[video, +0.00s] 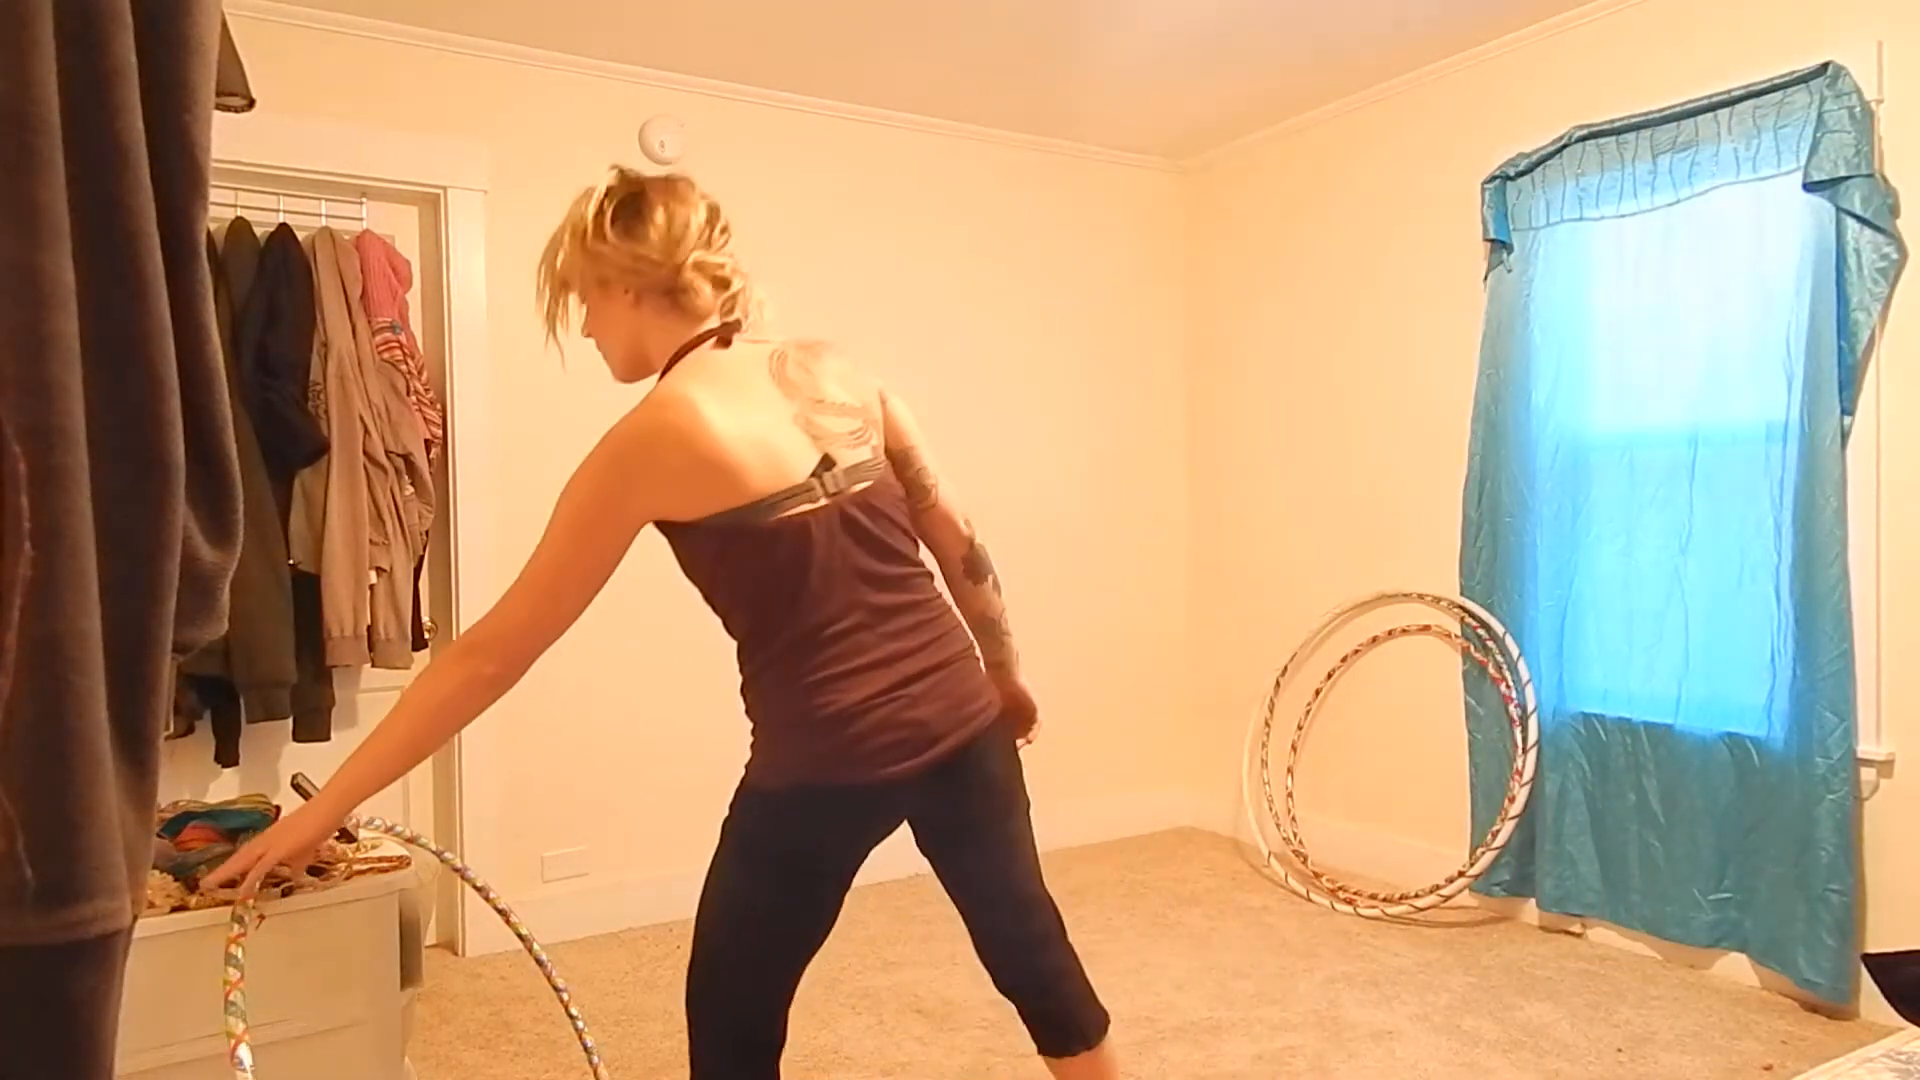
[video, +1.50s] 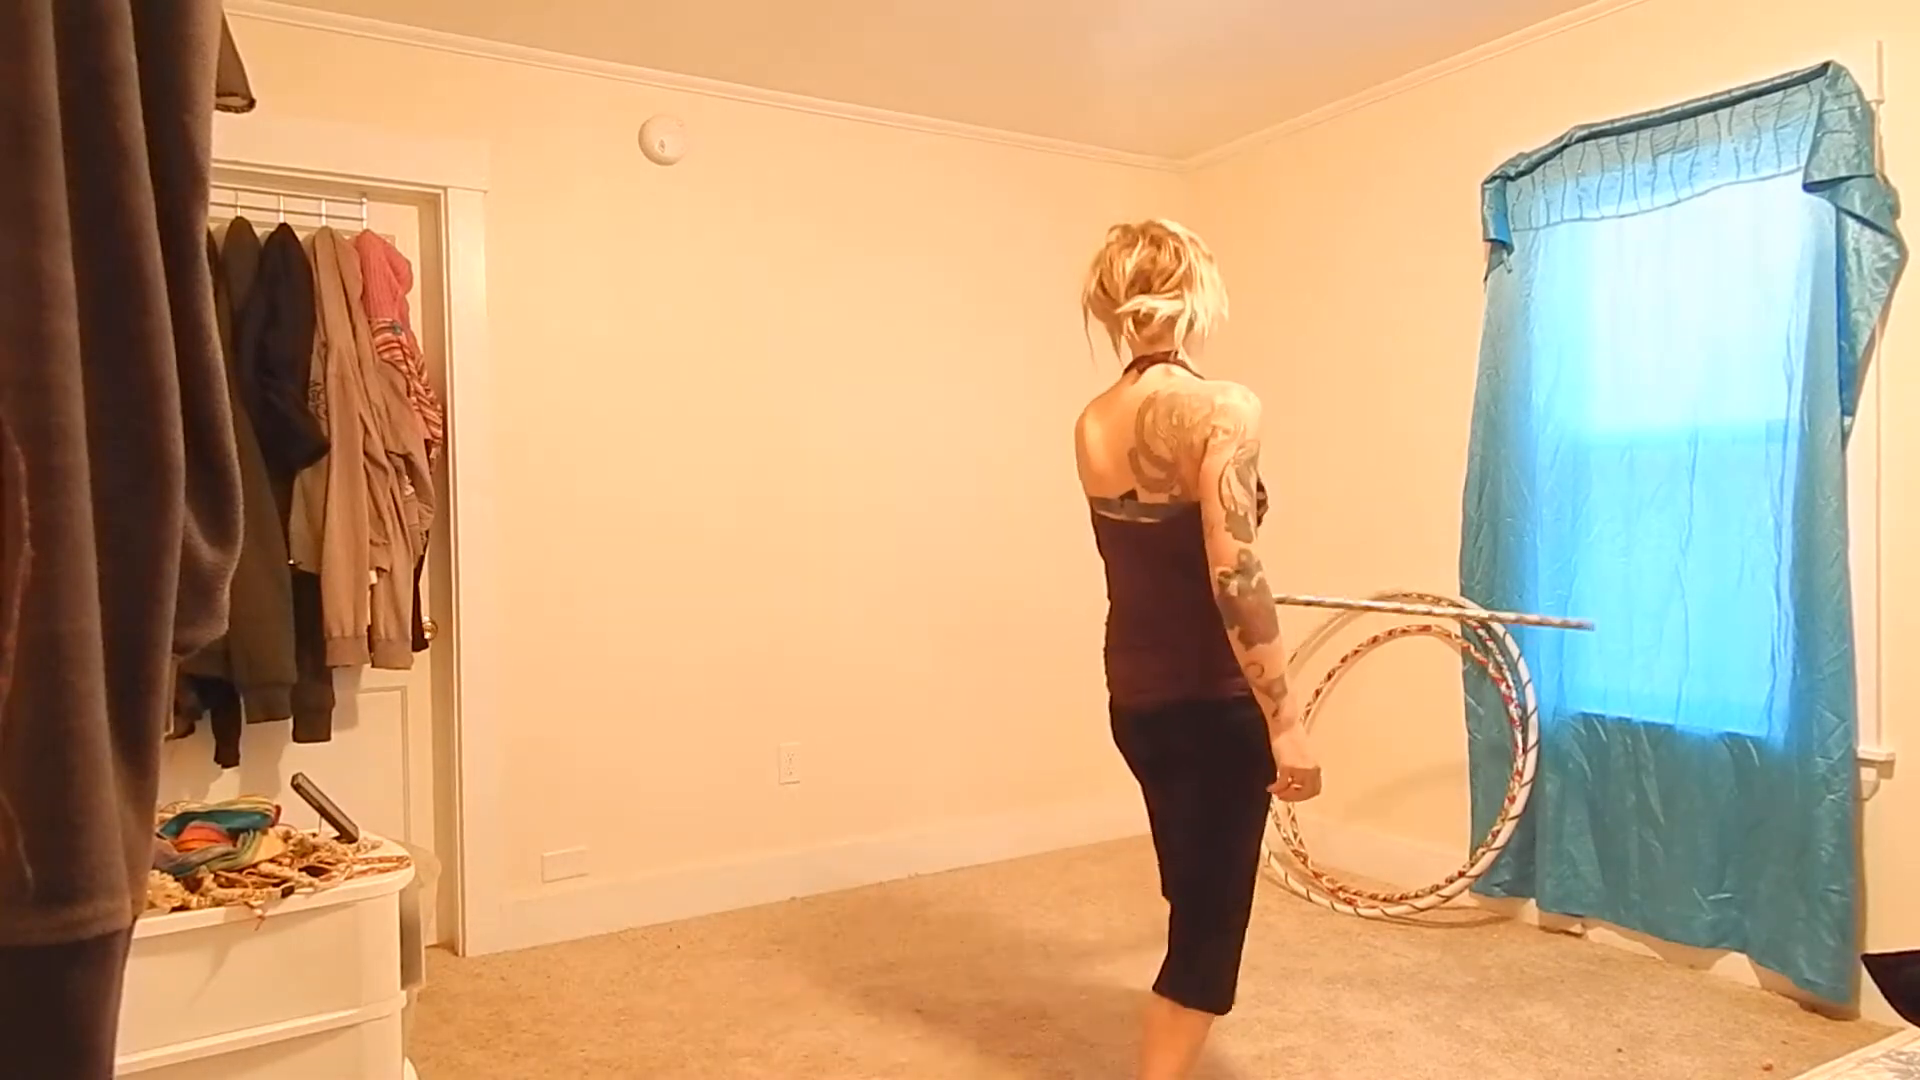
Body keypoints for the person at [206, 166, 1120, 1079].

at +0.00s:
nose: (586, 327)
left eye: (590, 300)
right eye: (583, 302)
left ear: (645, 288)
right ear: (707, 274)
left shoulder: (655, 432)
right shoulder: (841, 372)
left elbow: (490, 656)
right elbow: (962, 553)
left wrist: (325, 808)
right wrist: (1004, 671)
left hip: (825, 750)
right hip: (959, 705)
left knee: (735, 1015)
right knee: (1039, 957)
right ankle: (1104, 1076)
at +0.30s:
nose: (700, 342)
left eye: (698, 320)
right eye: (696, 321)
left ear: (720, 316)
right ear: (808, 298)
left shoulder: (715, 452)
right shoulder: (907, 413)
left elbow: (574, 637)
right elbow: (1012, 583)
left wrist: (407, 781)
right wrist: (1071, 692)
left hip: (834, 770)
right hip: (974, 742)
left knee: (734, 1015)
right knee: (1051, 990)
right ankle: (1111, 1073)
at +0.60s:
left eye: (935, 273)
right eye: (1021, 242)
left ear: (937, 280)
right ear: (1029, 251)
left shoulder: (930, 405)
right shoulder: (1122, 365)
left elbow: (828, 555)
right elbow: (1214, 527)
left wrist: (694, 671)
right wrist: (1282, 658)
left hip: (983, 697)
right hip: (1117, 698)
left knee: (868, 901)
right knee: (1132, 940)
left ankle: (803, 1070)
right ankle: (1148, 1073)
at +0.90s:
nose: (1176, 245)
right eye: (1169, 230)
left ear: (1067, 258)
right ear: (1163, 242)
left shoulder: (1044, 386)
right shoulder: (1219, 359)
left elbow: (980, 523)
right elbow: (1267, 532)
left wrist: (914, 623)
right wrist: (1340, 682)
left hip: (1066, 648)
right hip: (1181, 667)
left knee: (956, 785)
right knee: (1167, 885)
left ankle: (1030, 764)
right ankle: (1161, 1068)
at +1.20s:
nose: (1216, 263)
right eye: (1209, 248)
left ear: (1105, 274)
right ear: (1199, 259)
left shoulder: (1078, 389)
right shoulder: (1235, 372)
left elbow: (1081, 543)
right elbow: (1245, 546)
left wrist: (1133, 622)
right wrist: (1282, 709)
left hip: (1098, 669)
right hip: (1205, 675)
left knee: (1104, 782)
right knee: (1185, 919)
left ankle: (1085, 951)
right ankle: (1162, 1068)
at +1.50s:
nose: (1199, 305)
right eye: (1198, 290)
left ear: (1111, 308)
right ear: (1196, 298)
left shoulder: (1094, 422)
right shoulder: (1215, 409)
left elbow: (1131, 574)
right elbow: (1232, 573)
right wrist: (1285, 718)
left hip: (1137, 700)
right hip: (1214, 697)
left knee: (1193, 915)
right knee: (1207, 933)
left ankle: (1180, 1059)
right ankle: (1155, 1070)